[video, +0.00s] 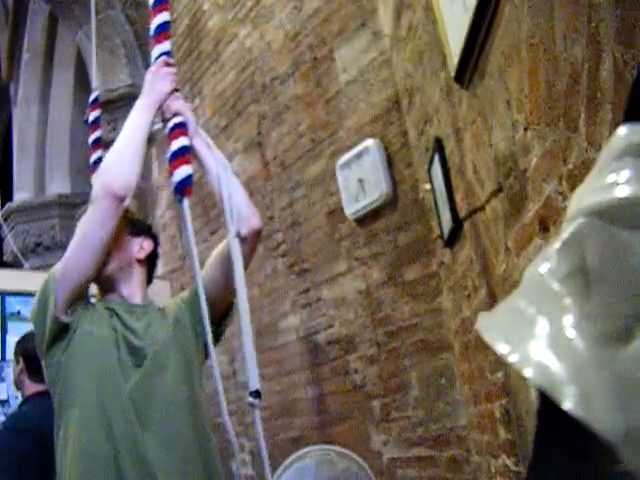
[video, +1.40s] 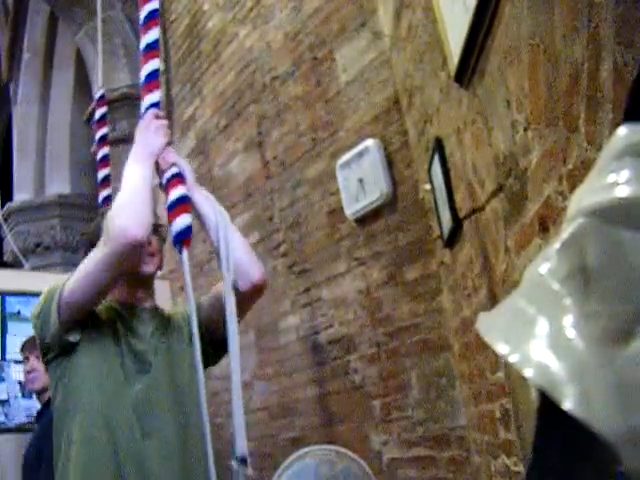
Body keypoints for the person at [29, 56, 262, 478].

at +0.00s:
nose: (100, 240)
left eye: (114, 231)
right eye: (100, 232)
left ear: (144, 248)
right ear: (87, 248)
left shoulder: (183, 320)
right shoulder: (66, 323)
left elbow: (247, 228)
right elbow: (111, 191)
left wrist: (195, 135)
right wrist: (148, 101)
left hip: (192, 470)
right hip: (93, 470)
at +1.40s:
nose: (148, 239)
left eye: (155, 231)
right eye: (137, 232)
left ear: (163, 244)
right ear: (108, 242)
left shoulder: (184, 331)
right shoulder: (65, 325)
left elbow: (251, 280)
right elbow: (126, 237)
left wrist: (193, 191)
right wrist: (142, 154)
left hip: (185, 471)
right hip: (94, 471)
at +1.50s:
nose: (153, 243)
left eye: (159, 232)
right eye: (141, 232)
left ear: (167, 243)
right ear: (96, 254)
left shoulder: (179, 332)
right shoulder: (63, 324)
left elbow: (251, 301)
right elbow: (127, 253)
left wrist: (195, 202)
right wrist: (144, 166)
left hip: (182, 471)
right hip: (93, 471)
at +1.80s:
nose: (160, 251)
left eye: (165, 241)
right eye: (143, 240)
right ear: (108, 259)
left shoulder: (180, 332)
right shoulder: (56, 321)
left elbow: (243, 402)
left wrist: (212, 280)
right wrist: (165, 243)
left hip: (175, 473)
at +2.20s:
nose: (162, 272)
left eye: (171, 257)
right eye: (145, 257)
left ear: (180, 263)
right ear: (108, 268)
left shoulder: (196, 350)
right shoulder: (64, 353)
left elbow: (216, 458)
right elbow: (74, 471)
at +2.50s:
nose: (157, 268)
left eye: (165, 253)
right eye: (139, 254)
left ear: (174, 261)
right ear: (104, 268)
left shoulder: (198, 349)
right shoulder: (69, 358)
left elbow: (222, 456)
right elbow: (92, 475)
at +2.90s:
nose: (160, 262)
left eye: (169, 250)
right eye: (145, 249)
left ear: (178, 262)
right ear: (113, 268)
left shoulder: (204, 350)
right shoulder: (76, 346)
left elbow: (251, 453)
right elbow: (60, 461)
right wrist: (152, 474)